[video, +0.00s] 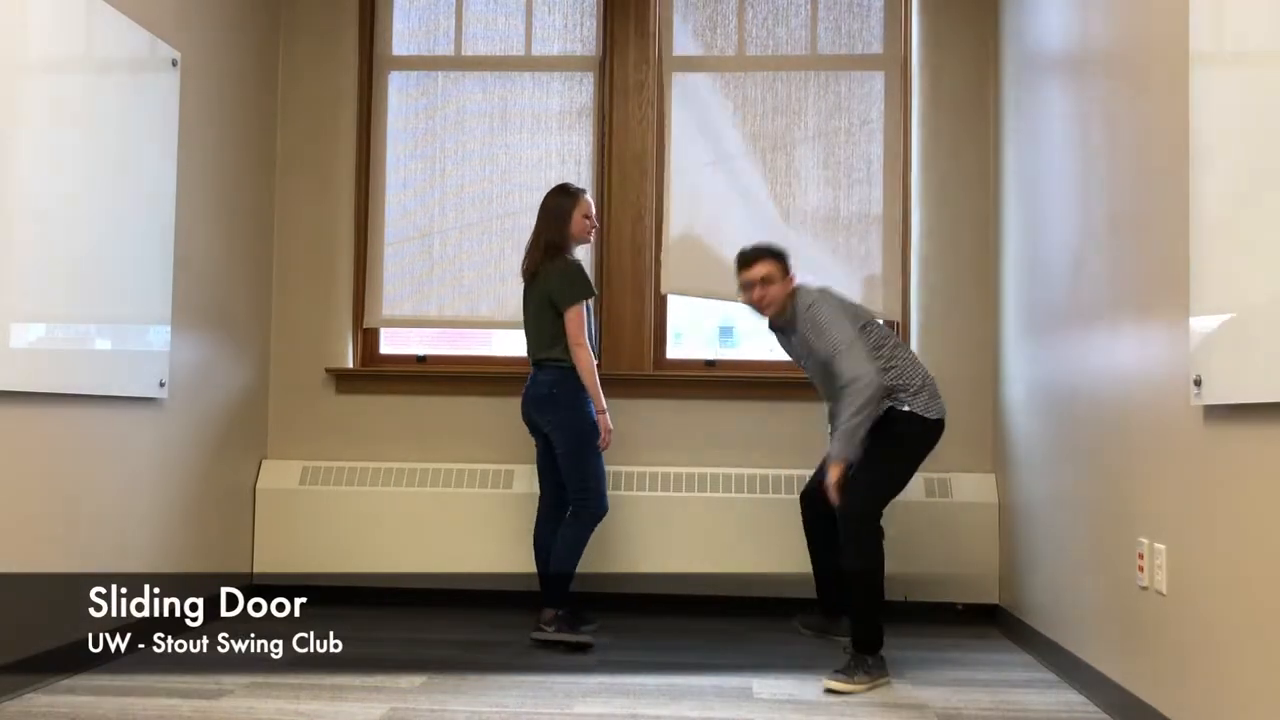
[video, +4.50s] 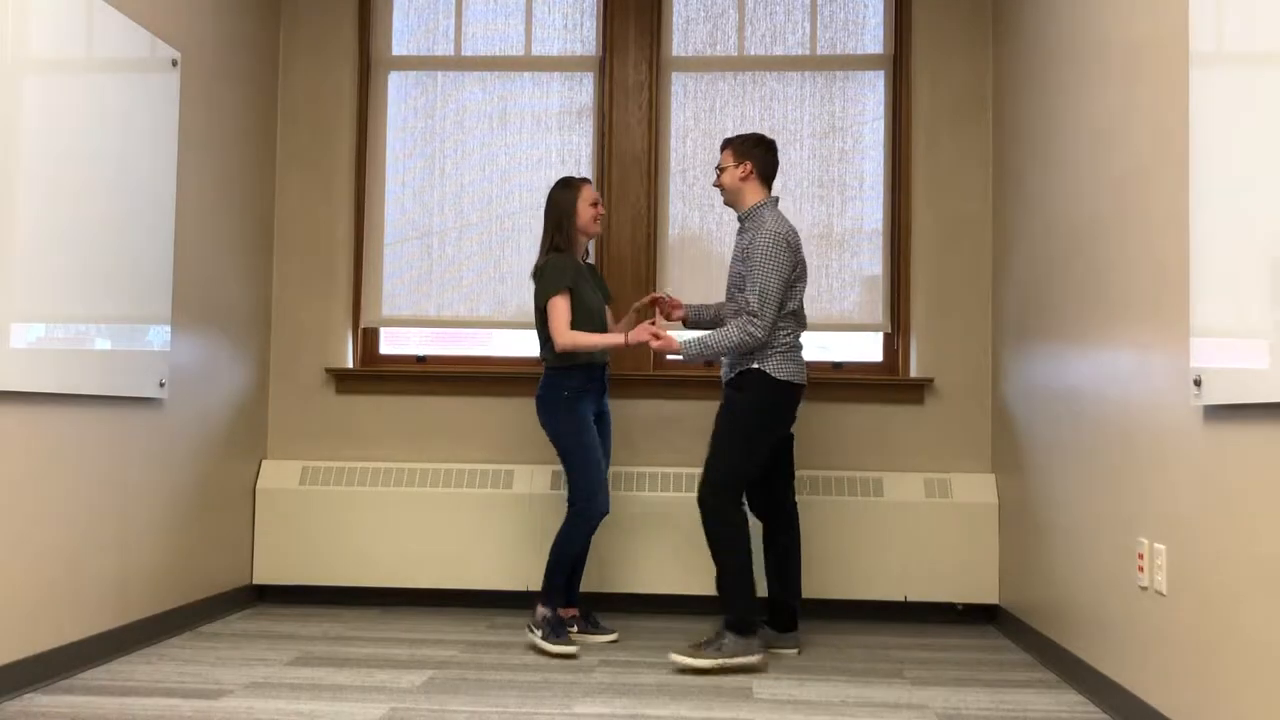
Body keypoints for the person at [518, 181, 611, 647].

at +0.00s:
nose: (593, 224)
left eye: (592, 216)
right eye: (586, 216)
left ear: (555, 220)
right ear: (563, 220)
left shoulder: (540, 270)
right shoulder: (568, 272)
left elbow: (537, 345)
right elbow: (577, 345)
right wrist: (601, 406)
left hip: (541, 391)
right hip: (565, 393)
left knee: (553, 502)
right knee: (590, 502)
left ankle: (553, 612)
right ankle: (555, 612)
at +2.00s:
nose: (569, 216)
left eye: (575, 209)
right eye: (559, 210)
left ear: (583, 216)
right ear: (543, 217)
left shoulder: (592, 276)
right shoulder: (528, 265)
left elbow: (602, 349)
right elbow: (520, 337)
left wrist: (589, 398)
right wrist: (551, 396)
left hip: (579, 394)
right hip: (535, 391)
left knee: (564, 504)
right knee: (534, 501)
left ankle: (559, 606)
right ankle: (530, 609)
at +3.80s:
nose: (577, 216)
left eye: (579, 209)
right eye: (568, 209)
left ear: (576, 217)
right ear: (542, 214)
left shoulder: (583, 277)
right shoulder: (527, 269)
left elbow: (588, 342)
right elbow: (525, 335)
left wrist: (619, 344)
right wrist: (593, 345)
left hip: (578, 396)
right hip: (539, 395)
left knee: (569, 504)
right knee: (540, 501)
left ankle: (558, 608)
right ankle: (531, 612)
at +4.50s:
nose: (601, 210)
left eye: (600, 204)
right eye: (592, 204)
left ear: (586, 214)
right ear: (566, 211)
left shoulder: (588, 269)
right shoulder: (557, 266)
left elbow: (607, 333)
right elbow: (561, 338)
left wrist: (639, 307)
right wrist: (624, 338)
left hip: (592, 395)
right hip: (564, 396)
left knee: (590, 504)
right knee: (590, 503)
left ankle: (569, 609)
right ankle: (548, 610)